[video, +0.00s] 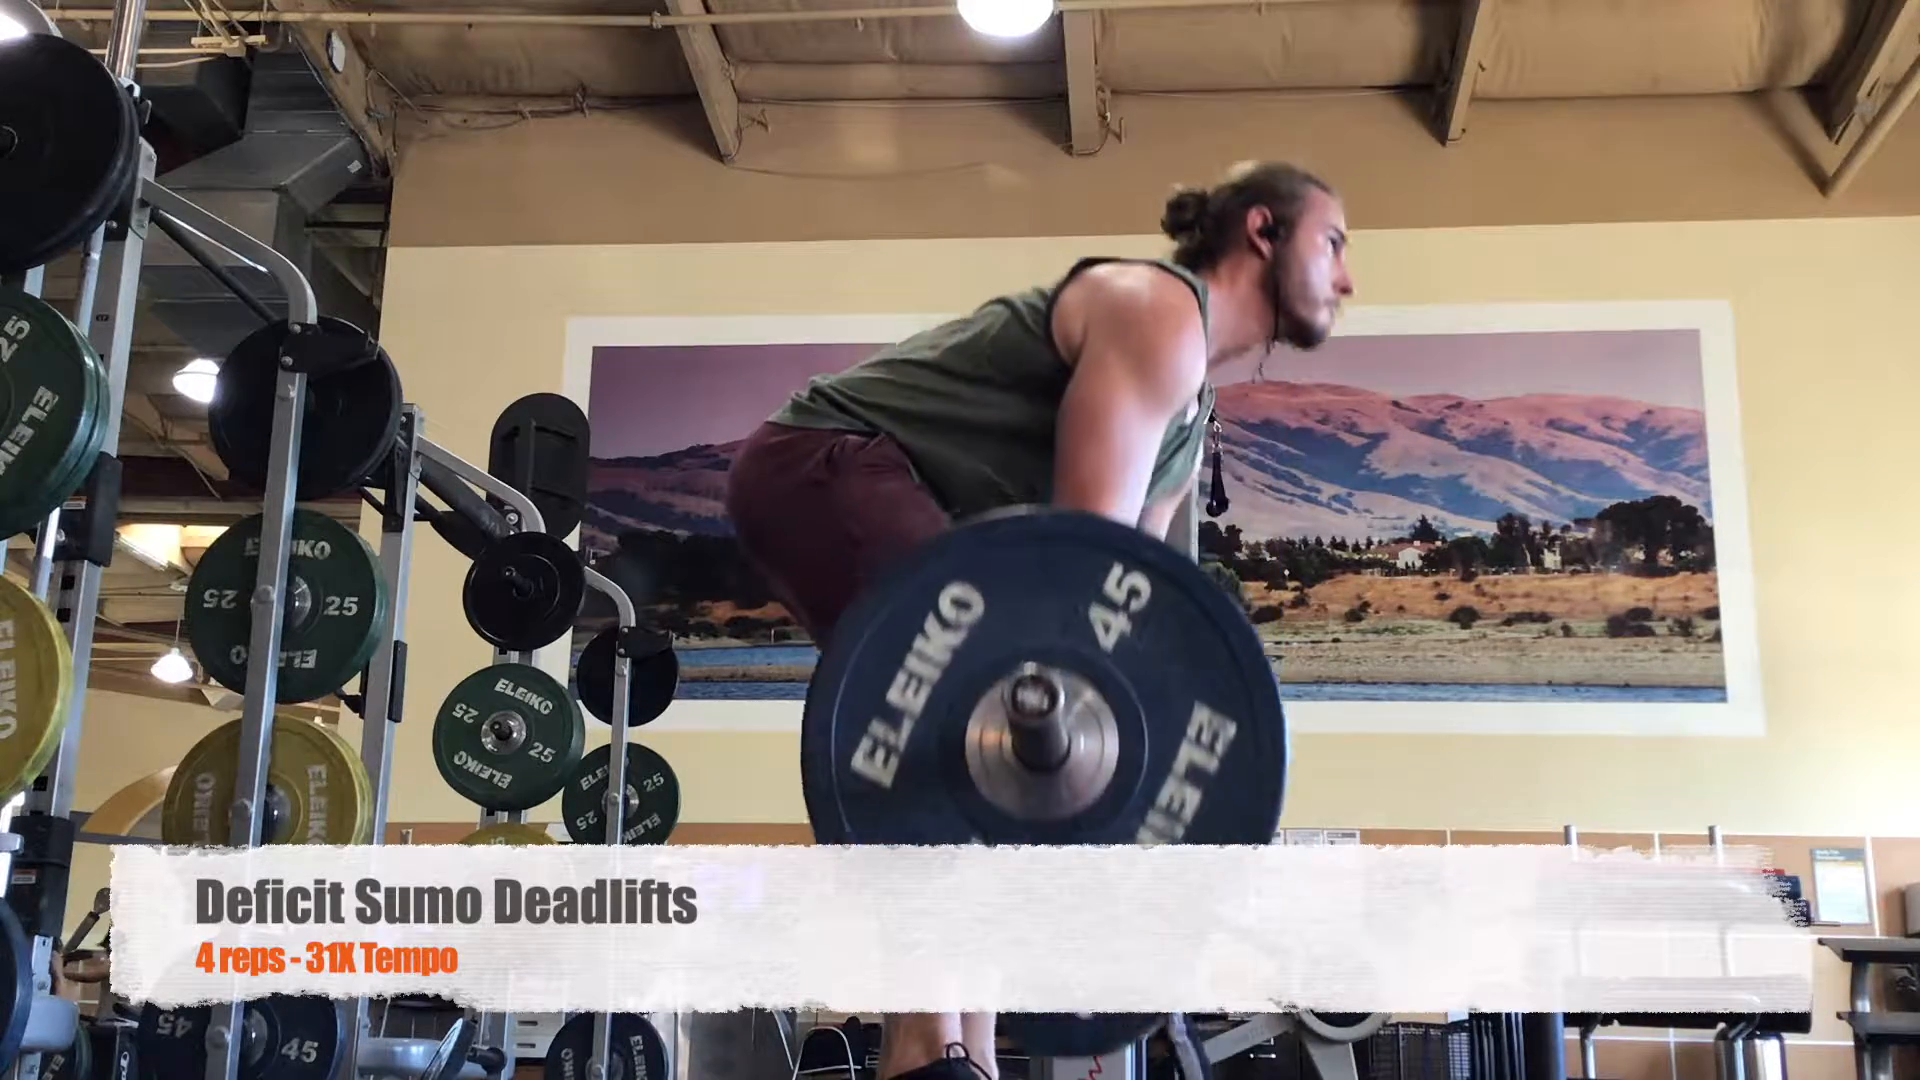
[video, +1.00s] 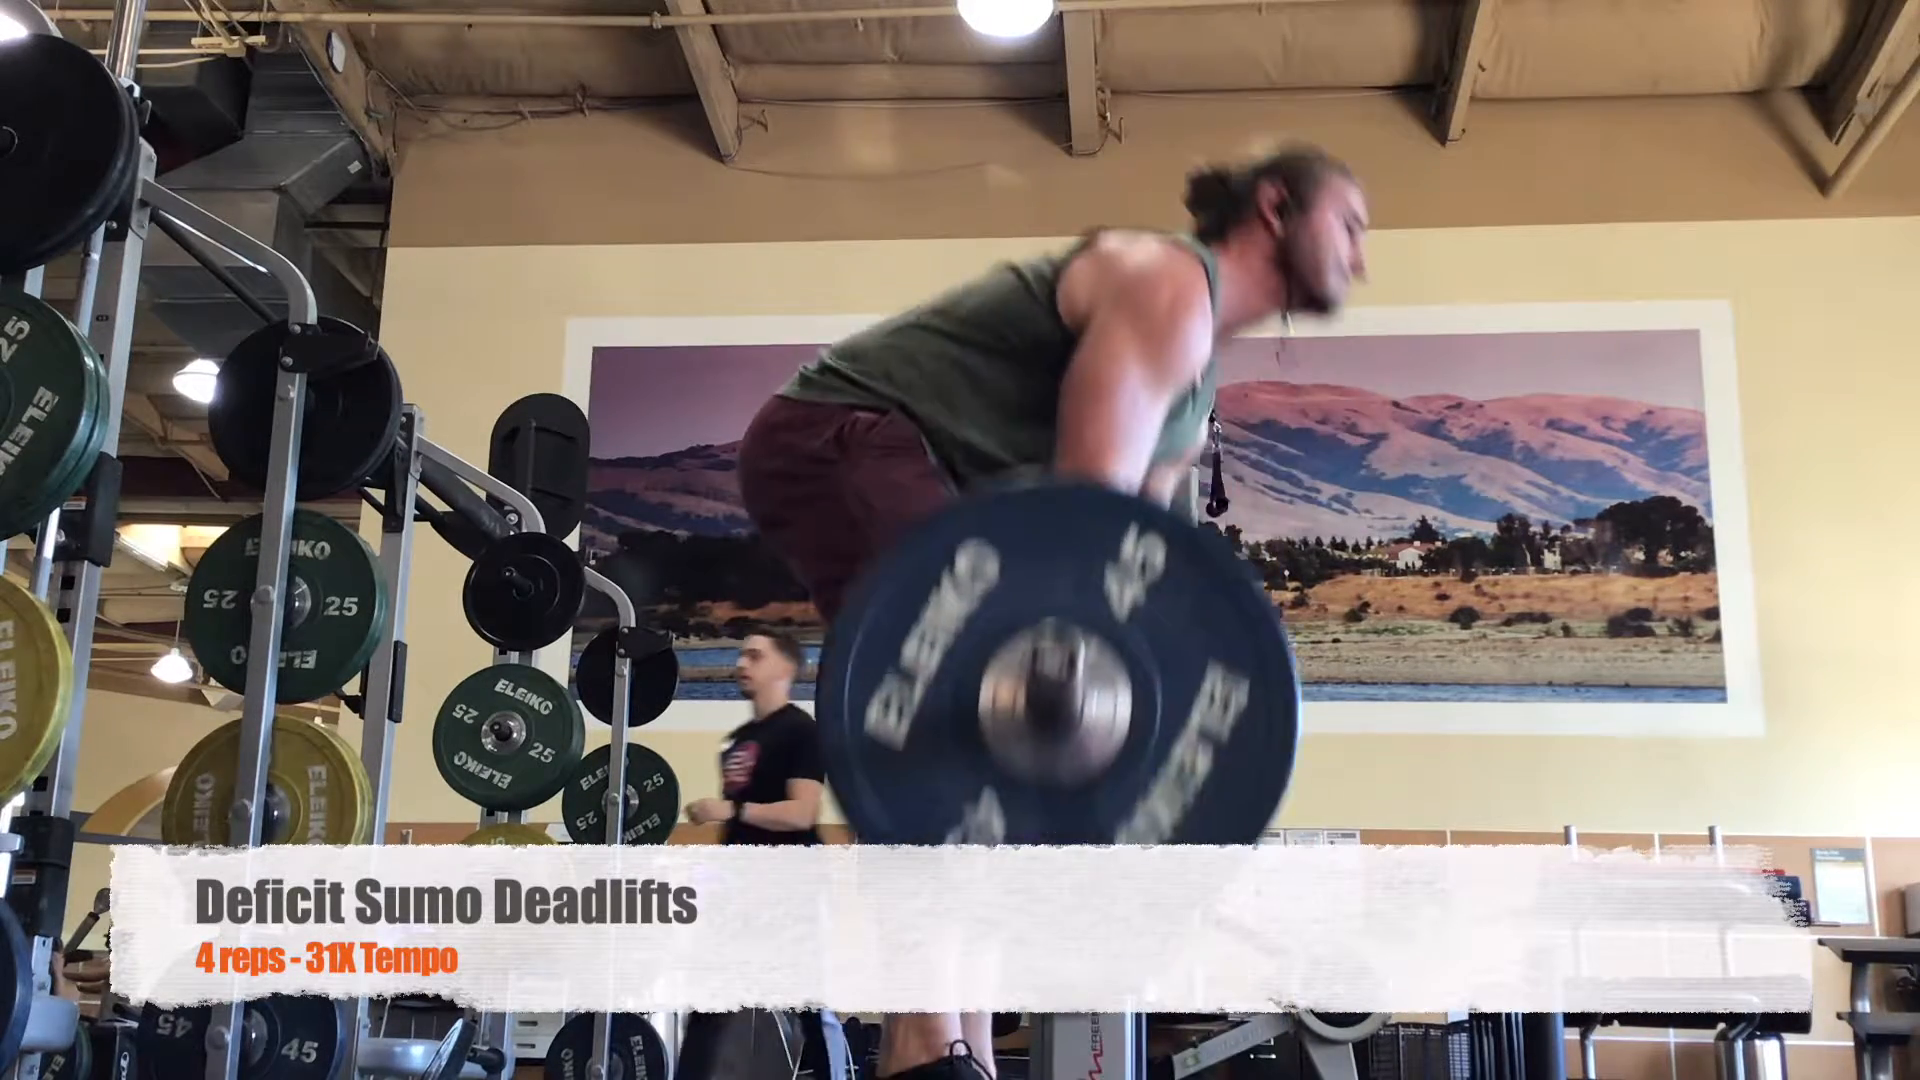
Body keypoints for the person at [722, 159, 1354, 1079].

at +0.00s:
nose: (1347, 278)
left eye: (1347, 251)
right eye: (1333, 244)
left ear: (1263, 242)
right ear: (1261, 235)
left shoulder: (1185, 427)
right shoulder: (1154, 314)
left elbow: (1135, 582)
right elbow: (1084, 552)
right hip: (827, 457)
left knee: (996, 746)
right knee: (954, 726)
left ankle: (970, 1043)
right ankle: (923, 1043)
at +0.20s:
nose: (1363, 352)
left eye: (1363, 329)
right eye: (1348, 320)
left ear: (1280, 311)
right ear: (1277, 306)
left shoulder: (1187, 498)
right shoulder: (1161, 380)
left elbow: (1139, 654)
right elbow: (1087, 626)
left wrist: (1165, 813)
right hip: (819, 492)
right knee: (1001, 701)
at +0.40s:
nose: (1379, 439)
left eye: (1382, 417)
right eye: (1367, 406)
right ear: (1293, 387)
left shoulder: (1188, 579)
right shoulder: (1166, 457)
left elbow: (1133, 739)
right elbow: (1080, 699)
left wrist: (1134, 894)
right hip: (809, 542)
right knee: (1039, 696)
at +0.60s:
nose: (1390, 490)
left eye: (1398, 472)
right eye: (1385, 457)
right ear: (1315, 423)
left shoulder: (1200, 585)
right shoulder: (1174, 487)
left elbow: (1135, 770)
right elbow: (1079, 728)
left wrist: (1142, 944)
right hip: (814, 545)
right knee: (1050, 705)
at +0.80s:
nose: (1398, 411)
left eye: (1402, 394)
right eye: (1388, 378)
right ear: (1315, 349)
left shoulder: (1202, 525)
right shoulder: (1180, 413)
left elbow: (1141, 681)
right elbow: (1080, 638)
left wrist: (1157, 828)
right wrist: (1092, 817)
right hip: (832, 483)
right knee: (1022, 690)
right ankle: (849, 763)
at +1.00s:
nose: (1361, 258)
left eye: (1364, 235)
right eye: (1350, 225)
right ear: (1274, 206)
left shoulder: (1189, 395)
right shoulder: (1165, 286)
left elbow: (1145, 543)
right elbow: (1089, 502)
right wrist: (1091, 661)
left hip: (911, 466)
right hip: (840, 434)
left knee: (981, 728)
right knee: (945, 713)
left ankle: (965, 1037)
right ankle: (922, 1039)